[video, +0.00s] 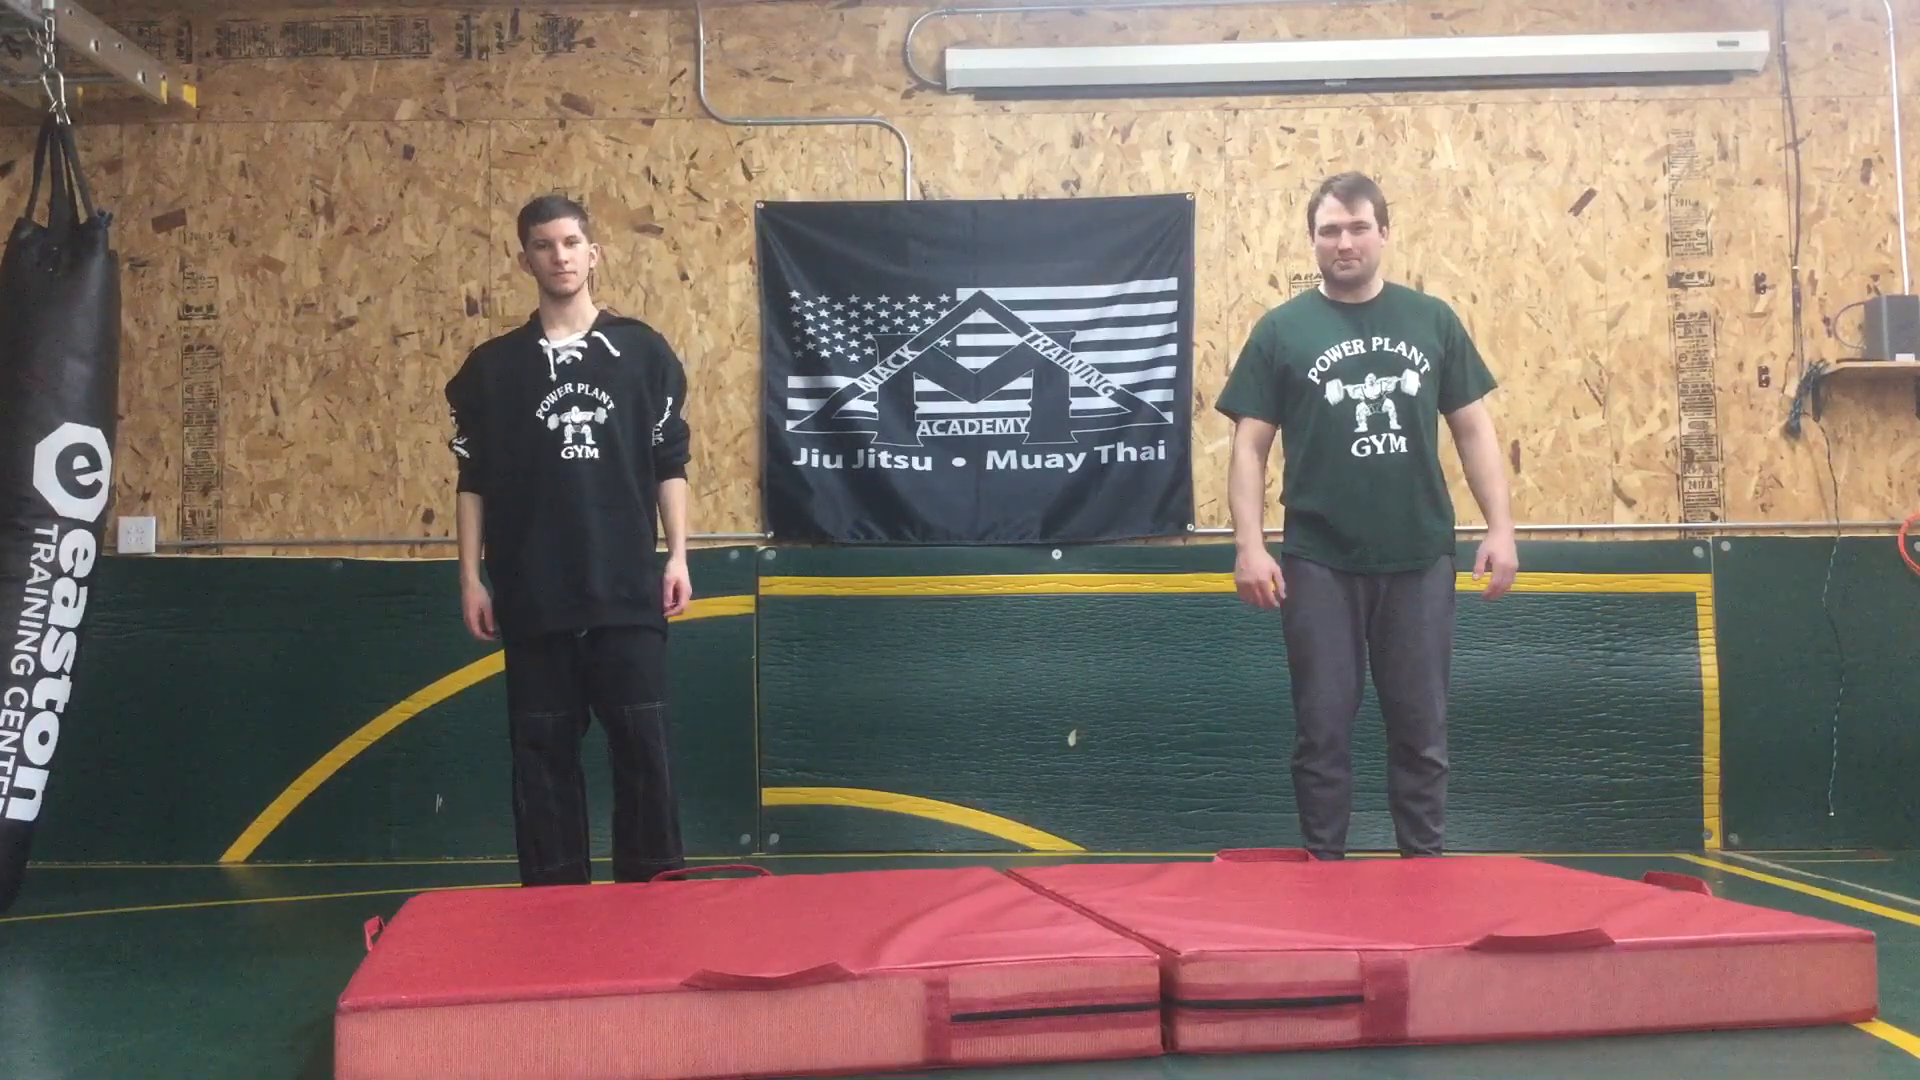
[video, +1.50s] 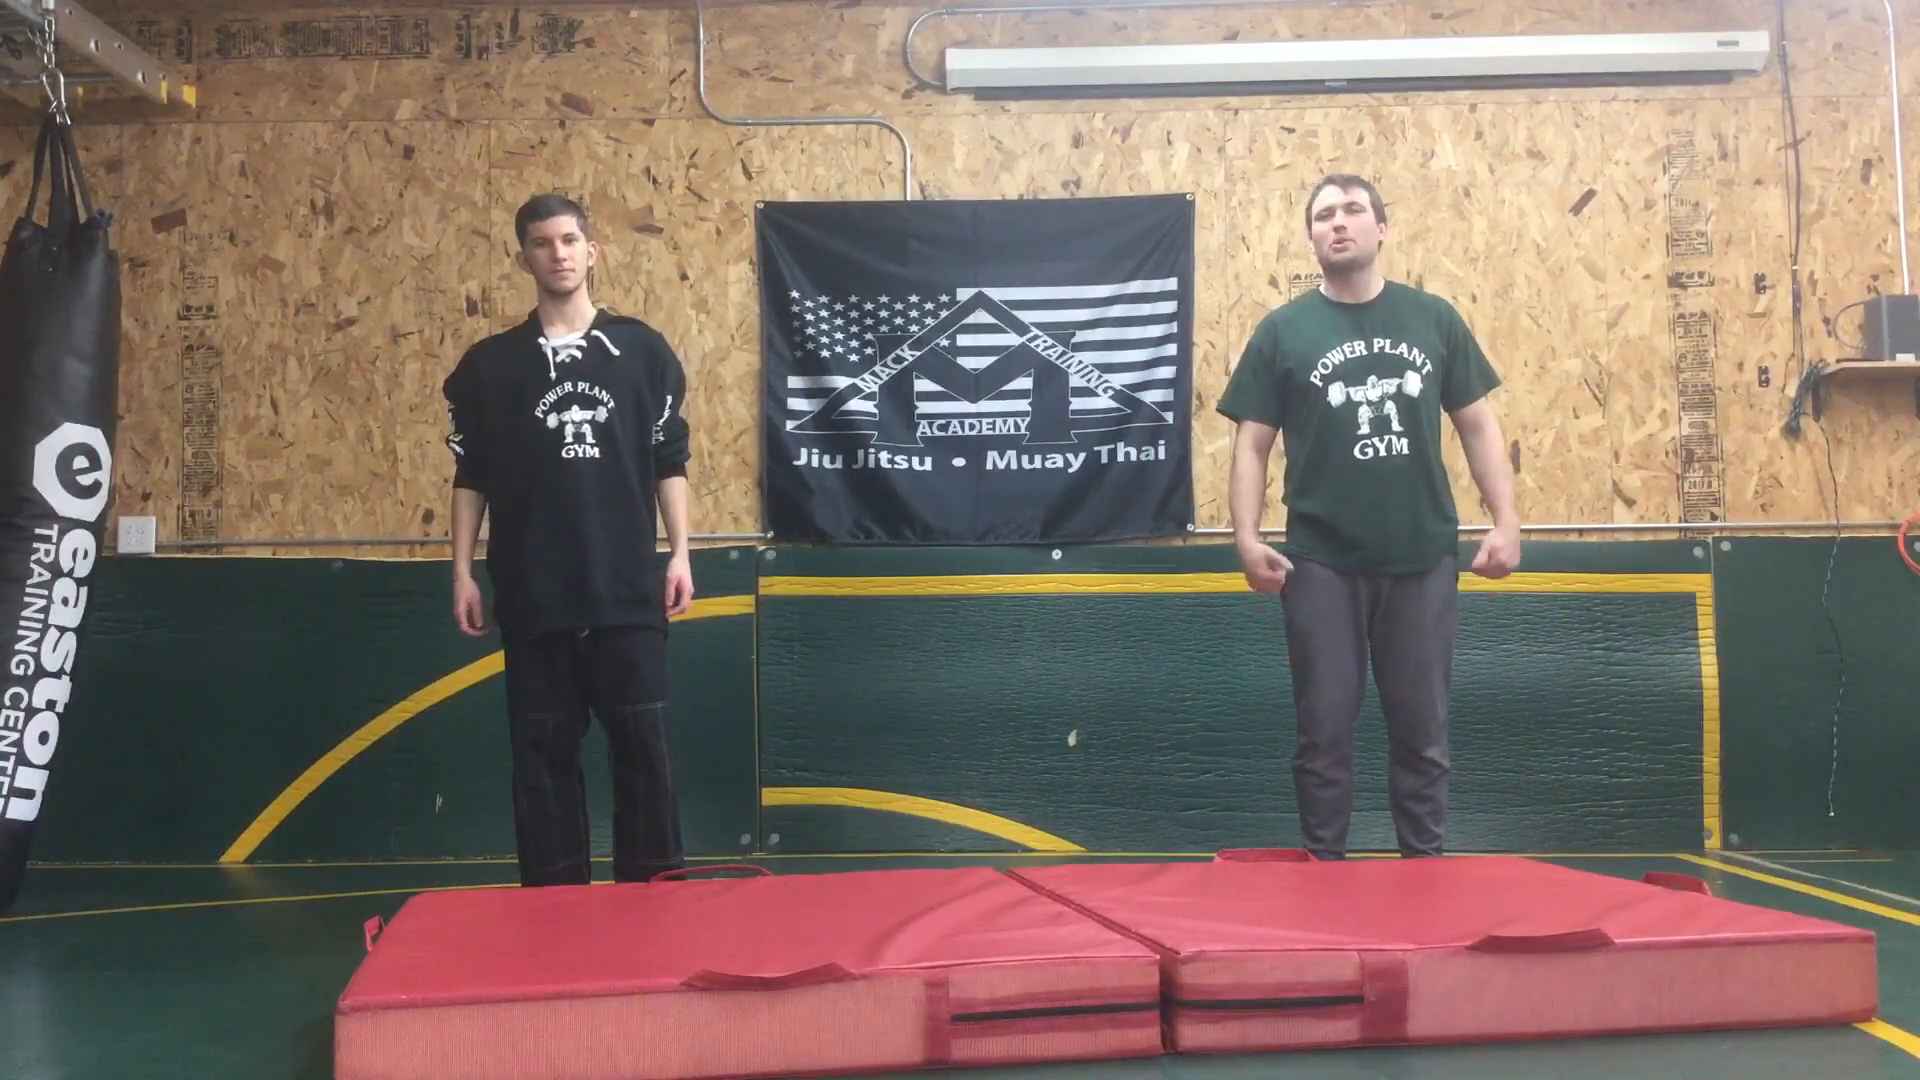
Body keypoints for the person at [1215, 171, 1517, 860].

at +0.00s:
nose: (1345, 242)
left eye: (1358, 228)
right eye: (1331, 231)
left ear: (1383, 234)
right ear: (1312, 241)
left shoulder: (1432, 321)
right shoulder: (1281, 331)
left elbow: (1472, 428)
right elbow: (1250, 446)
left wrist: (1501, 526)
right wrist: (1250, 545)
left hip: (1419, 555)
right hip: (1319, 557)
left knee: (1421, 726)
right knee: (1323, 725)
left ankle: (1423, 869)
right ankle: (1323, 871)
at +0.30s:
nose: (1337, 244)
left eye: (1350, 230)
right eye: (1323, 233)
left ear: (1379, 234)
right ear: (1308, 242)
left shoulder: (1433, 321)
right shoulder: (1282, 331)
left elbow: (1471, 430)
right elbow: (1250, 445)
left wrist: (1494, 531)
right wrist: (1252, 546)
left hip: (1420, 556)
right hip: (1319, 558)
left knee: (1422, 729)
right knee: (1323, 727)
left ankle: (1424, 870)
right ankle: (1323, 872)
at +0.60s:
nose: (1334, 237)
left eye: (1347, 223)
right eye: (1320, 228)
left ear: (1378, 231)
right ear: (1306, 243)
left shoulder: (1434, 320)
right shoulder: (1282, 332)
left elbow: (1474, 426)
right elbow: (1252, 448)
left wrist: (1502, 528)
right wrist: (1250, 549)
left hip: (1421, 555)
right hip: (1320, 557)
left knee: (1422, 725)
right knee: (1324, 725)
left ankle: (1424, 869)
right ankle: (1323, 870)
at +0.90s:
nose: (1340, 234)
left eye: (1352, 220)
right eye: (1325, 225)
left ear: (1380, 230)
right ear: (1309, 241)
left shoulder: (1434, 320)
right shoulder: (1283, 332)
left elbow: (1474, 426)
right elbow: (1253, 448)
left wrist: (1501, 526)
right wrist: (1253, 548)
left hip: (1421, 554)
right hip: (1321, 557)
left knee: (1421, 725)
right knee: (1324, 724)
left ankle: (1424, 867)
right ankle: (1323, 869)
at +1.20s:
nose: (1344, 229)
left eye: (1356, 217)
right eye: (1329, 221)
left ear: (1382, 230)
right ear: (1311, 241)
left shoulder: (1435, 320)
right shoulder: (1283, 333)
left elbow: (1474, 429)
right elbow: (1254, 448)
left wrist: (1492, 530)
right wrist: (1252, 547)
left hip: (1422, 556)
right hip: (1321, 558)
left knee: (1422, 729)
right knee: (1324, 726)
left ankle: (1423, 871)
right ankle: (1324, 872)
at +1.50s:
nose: (1337, 223)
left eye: (1351, 211)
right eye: (1324, 216)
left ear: (1382, 230)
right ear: (1310, 240)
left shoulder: (1433, 318)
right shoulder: (1283, 330)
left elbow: (1476, 423)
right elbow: (1252, 444)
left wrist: (1505, 522)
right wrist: (1246, 537)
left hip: (1421, 554)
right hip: (1321, 556)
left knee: (1422, 726)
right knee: (1324, 725)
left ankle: (1424, 867)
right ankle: (1323, 869)